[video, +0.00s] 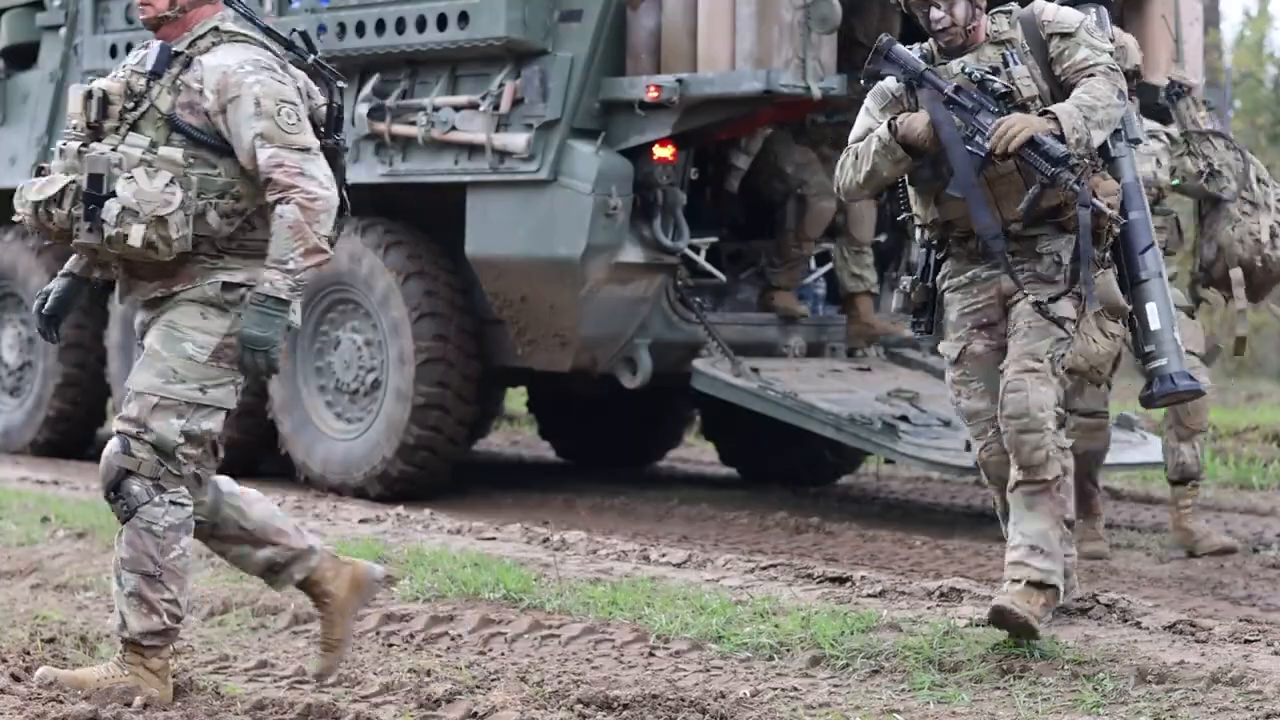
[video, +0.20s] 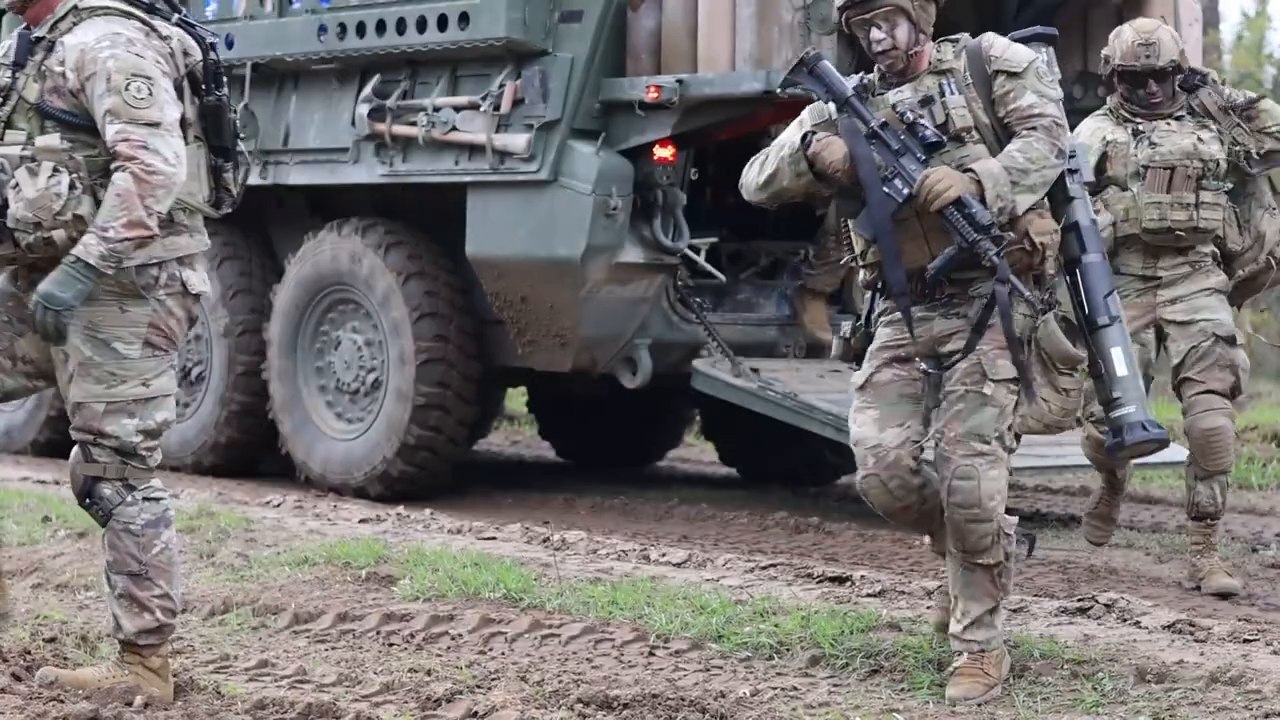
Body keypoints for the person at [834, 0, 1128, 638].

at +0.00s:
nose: (938, 13)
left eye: (946, 1)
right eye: (926, 8)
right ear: (916, 15)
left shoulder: (1038, 25)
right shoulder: (901, 81)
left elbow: (1109, 89)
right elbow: (850, 178)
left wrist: (1050, 121)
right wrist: (901, 136)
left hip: (1051, 253)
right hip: (965, 268)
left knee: (1027, 405)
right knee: (989, 441)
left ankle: (1026, 586)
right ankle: (1045, 569)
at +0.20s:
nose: (877, 37)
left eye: (889, 20)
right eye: (865, 27)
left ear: (923, 18)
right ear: (856, 35)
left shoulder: (990, 60)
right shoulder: (846, 104)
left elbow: (1048, 142)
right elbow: (756, 186)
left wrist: (978, 177)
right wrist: (809, 150)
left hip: (989, 310)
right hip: (898, 320)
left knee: (968, 479)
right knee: (884, 473)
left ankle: (979, 642)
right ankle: (978, 540)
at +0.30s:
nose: (837, 48)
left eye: (849, 29)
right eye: (825, 37)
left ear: (884, 25)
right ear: (815, 44)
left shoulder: (960, 73)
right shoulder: (812, 114)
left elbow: (1004, 162)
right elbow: (702, 187)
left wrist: (924, 205)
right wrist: (753, 164)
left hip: (958, 324)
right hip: (864, 325)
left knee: (946, 514)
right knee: (818, 466)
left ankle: (976, 645)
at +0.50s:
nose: (728, 63)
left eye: (738, 46)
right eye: (718, 52)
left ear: (781, 39)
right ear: (715, 60)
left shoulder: (856, 87)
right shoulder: (719, 131)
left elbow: (903, 180)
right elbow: (600, 201)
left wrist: (805, 221)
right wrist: (635, 186)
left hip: (851, 334)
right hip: (760, 342)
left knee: (834, 534)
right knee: (744, 542)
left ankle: (930, 621)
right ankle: (769, 698)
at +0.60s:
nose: (673, 64)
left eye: (682, 46)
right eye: (662, 53)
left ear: (721, 37)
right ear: (656, 59)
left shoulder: (806, 86)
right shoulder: (663, 127)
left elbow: (854, 182)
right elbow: (555, 222)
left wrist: (752, 229)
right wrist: (586, 204)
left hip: (795, 337)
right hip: (709, 346)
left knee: (728, 510)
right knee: (699, 549)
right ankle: (755, 697)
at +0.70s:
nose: (617, 48)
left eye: (629, 29)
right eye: (607, 36)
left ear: (673, 20)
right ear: (600, 39)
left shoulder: (751, 69)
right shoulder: (609, 108)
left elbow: (807, 170)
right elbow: (498, 197)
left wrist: (704, 218)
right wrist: (526, 190)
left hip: (743, 326)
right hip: (657, 338)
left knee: (650, 498)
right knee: (696, 531)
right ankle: (763, 697)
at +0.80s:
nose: (562, 34)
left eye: (576, 17)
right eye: (550, 21)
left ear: (621, 11)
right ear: (542, 25)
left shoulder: (697, 60)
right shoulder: (535, 97)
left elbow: (749, 165)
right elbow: (424, 160)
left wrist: (644, 208)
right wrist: (454, 169)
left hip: (679, 332)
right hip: (599, 339)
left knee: (578, 515)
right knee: (663, 547)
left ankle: (512, 702)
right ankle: (761, 693)